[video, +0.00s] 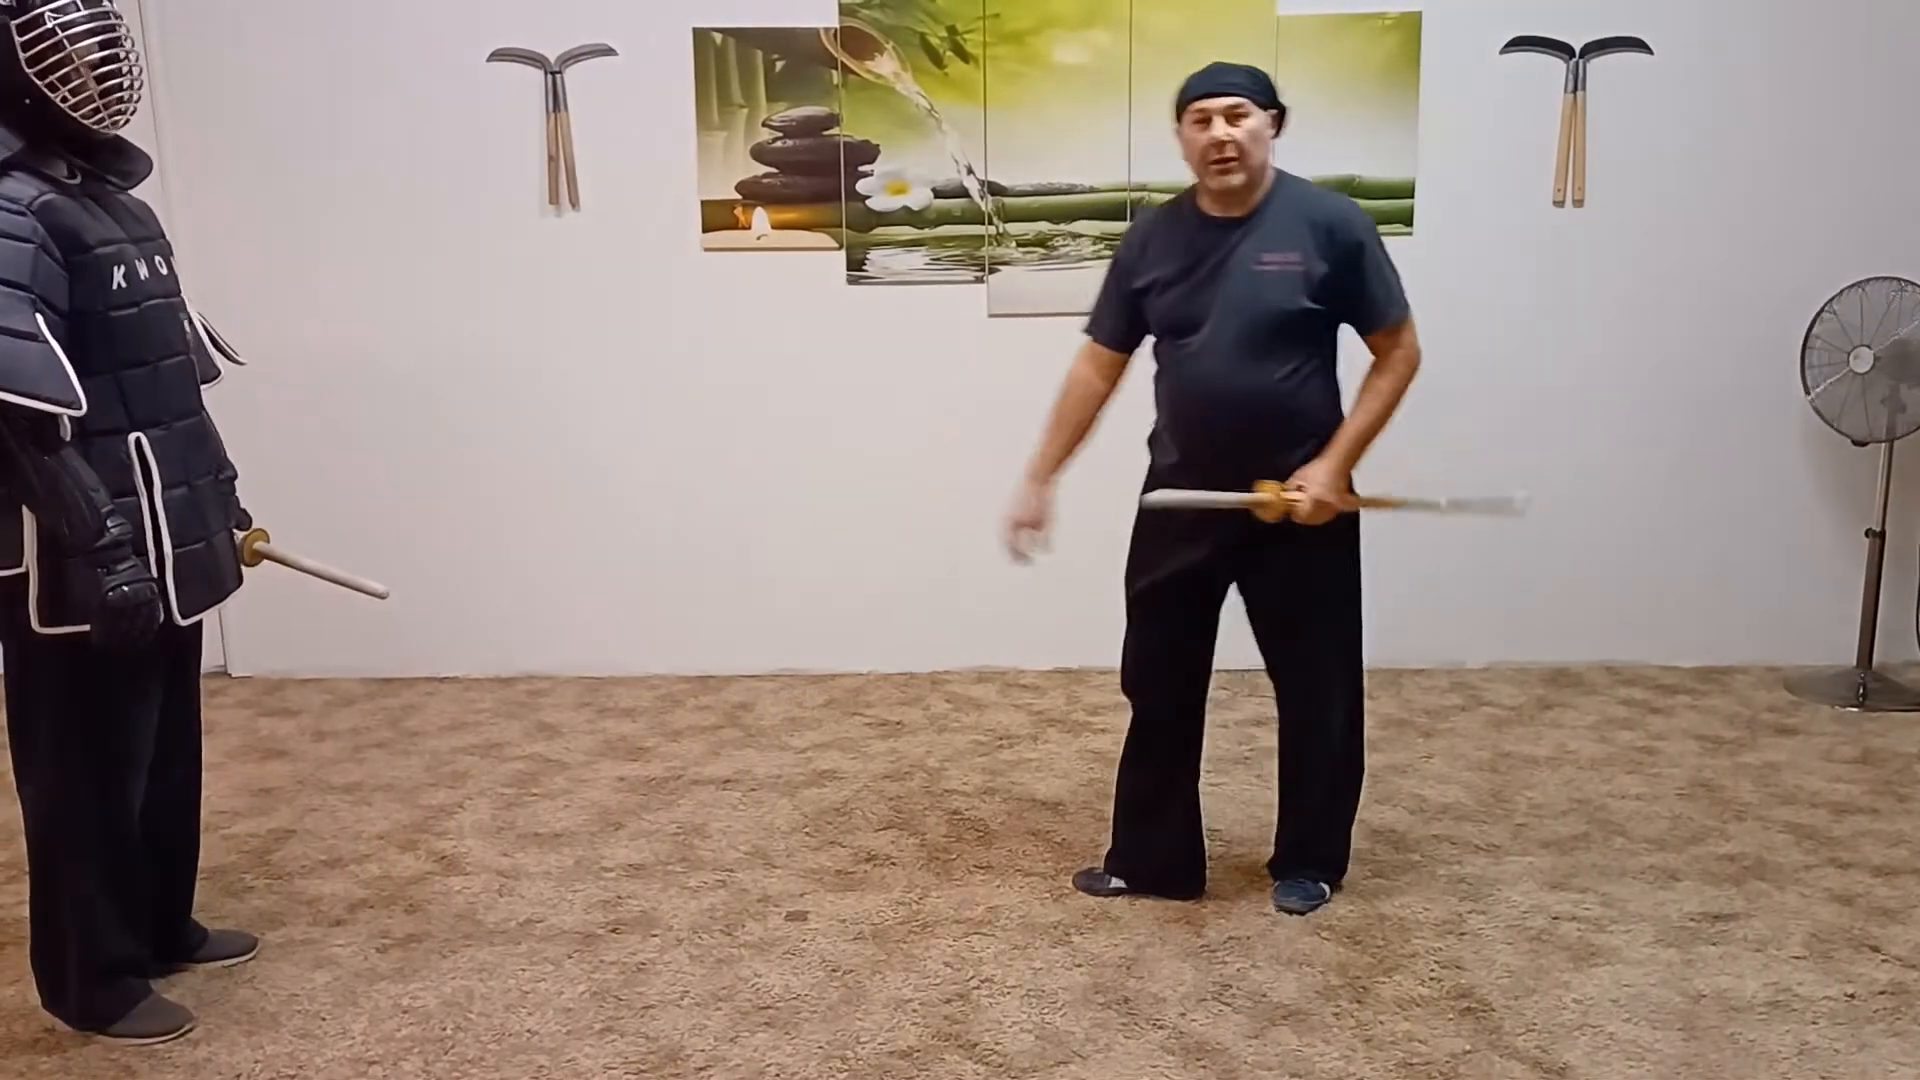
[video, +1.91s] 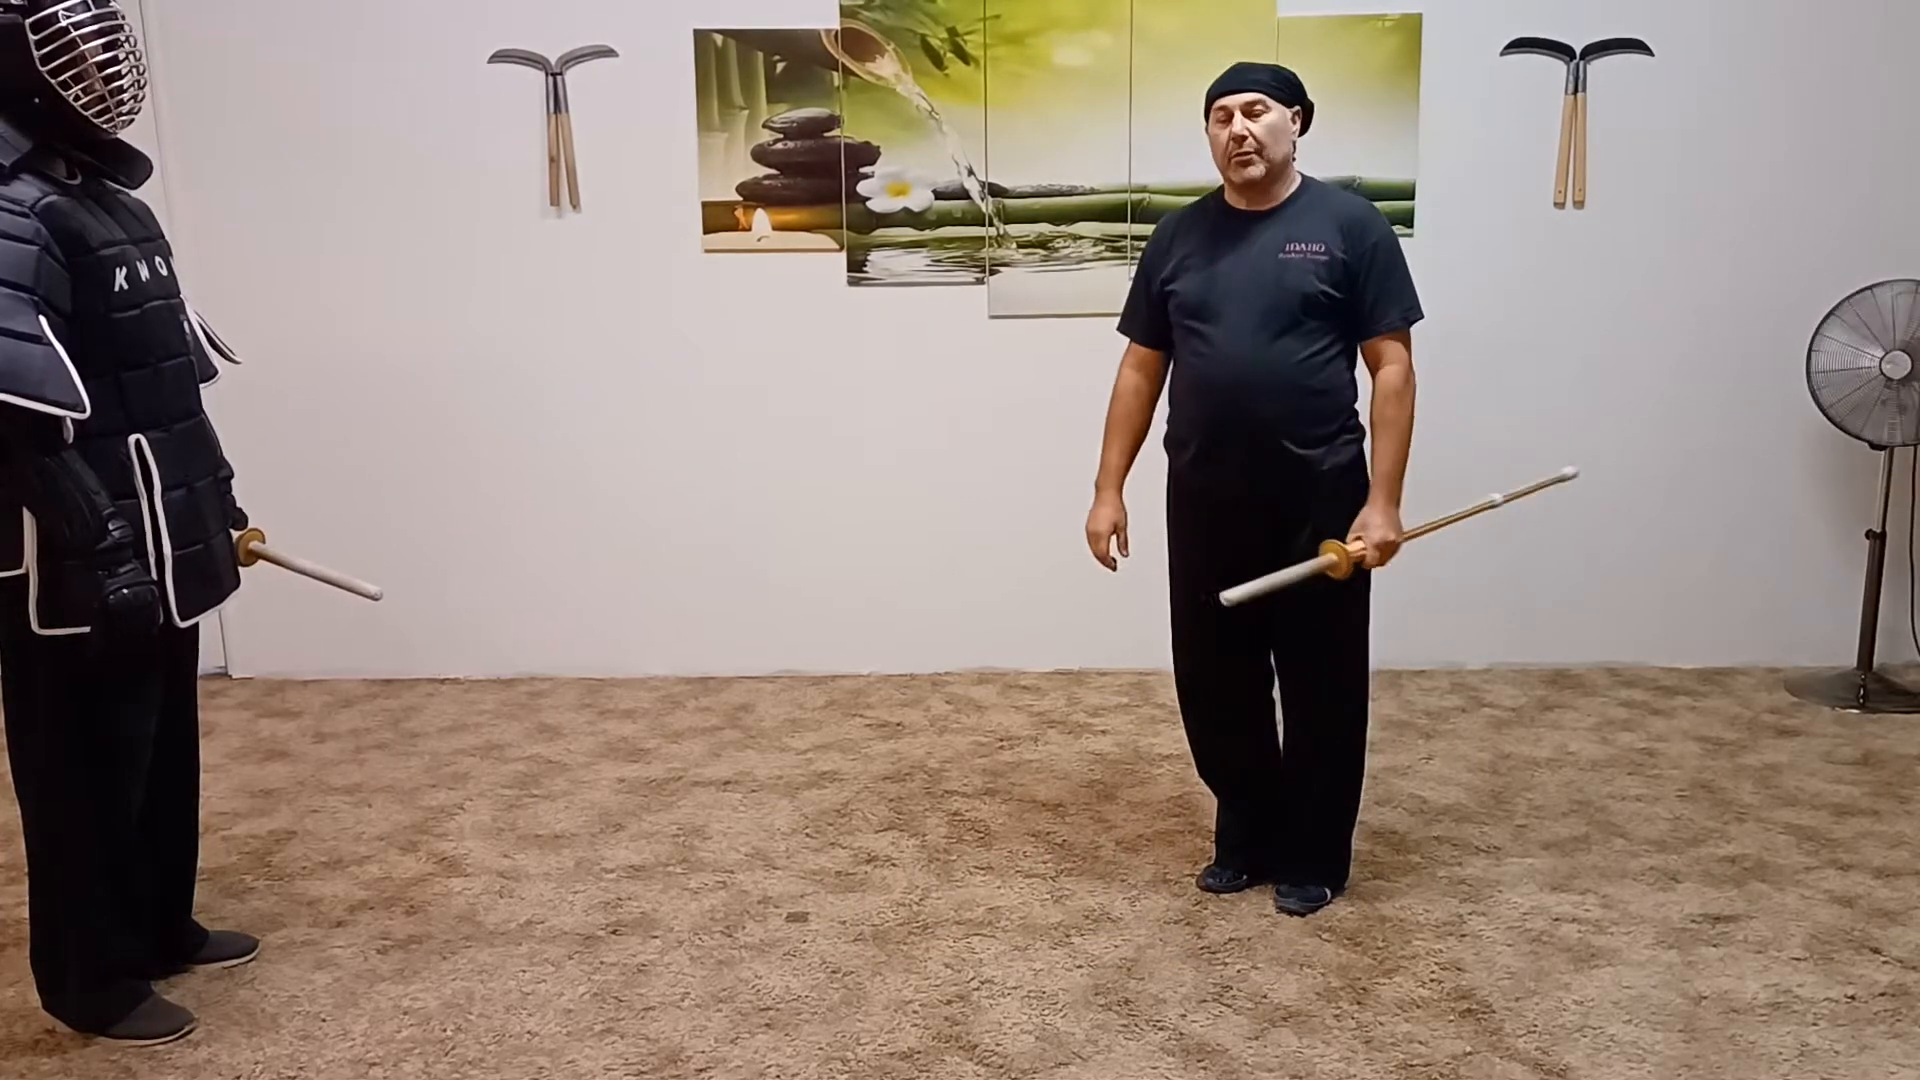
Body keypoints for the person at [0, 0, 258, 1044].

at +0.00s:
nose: (111, 65)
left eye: (110, 46)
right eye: (84, 47)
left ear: (108, 65)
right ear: (30, 68)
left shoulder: (121, 200)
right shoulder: (17, 208)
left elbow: (174, 378)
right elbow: (22, 401)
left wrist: (223, 503)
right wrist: (99, 536)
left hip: (161, 541)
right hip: (75, 553)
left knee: (161, 749)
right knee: (88, 769)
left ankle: (161, 931)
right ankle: (92, 982)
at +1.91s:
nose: (124, 83)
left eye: (121, 63)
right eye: (101, 66)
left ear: (97, 77)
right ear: (50, 79)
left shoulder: (122, 203)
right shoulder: (19, 211)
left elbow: (175, 382)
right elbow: (23, 404)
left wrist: (218, 508)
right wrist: (98, 538)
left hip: (158, 544)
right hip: (69, 557)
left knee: (160, 752)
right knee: (84, 772)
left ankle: (161, 933)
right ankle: (88, 982)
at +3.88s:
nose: (94, 83)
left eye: (90, 66)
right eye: (75, 67)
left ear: (59, 85)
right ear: (30, 82)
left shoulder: (100, 209)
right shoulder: (10, 219)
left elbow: (151, 381)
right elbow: (24, 417)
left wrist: (198, 506)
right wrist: (90, 551)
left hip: (145, 548)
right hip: (61, 567)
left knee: (151, 750)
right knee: (76, 772)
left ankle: (156, 930)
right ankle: (82, 981)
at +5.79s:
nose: (94, 80)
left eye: (88, 64)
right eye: (75, 65)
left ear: (47, 83)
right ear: (35, 80)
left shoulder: (108, 207)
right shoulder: (8, 211)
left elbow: (161, 381)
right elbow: (20, 411)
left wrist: (207, 503)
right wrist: (88, 545)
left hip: (149, 546)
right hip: (60, 560)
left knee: (150, 748)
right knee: (73, 768)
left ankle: (151, 928)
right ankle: (78, 979)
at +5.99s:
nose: (93, 86)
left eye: (87, 71)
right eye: (77, 73)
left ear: (42, 88)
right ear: (39, 86)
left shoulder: (108, 207)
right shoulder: (10, 213)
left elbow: (161, 381)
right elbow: (22, 410)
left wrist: (206, 504)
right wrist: (89, 544)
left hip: (149, 545)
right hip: (59, 560)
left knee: (150, 747)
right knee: (73, 767)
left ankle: (151, 928)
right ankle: (78, 980)